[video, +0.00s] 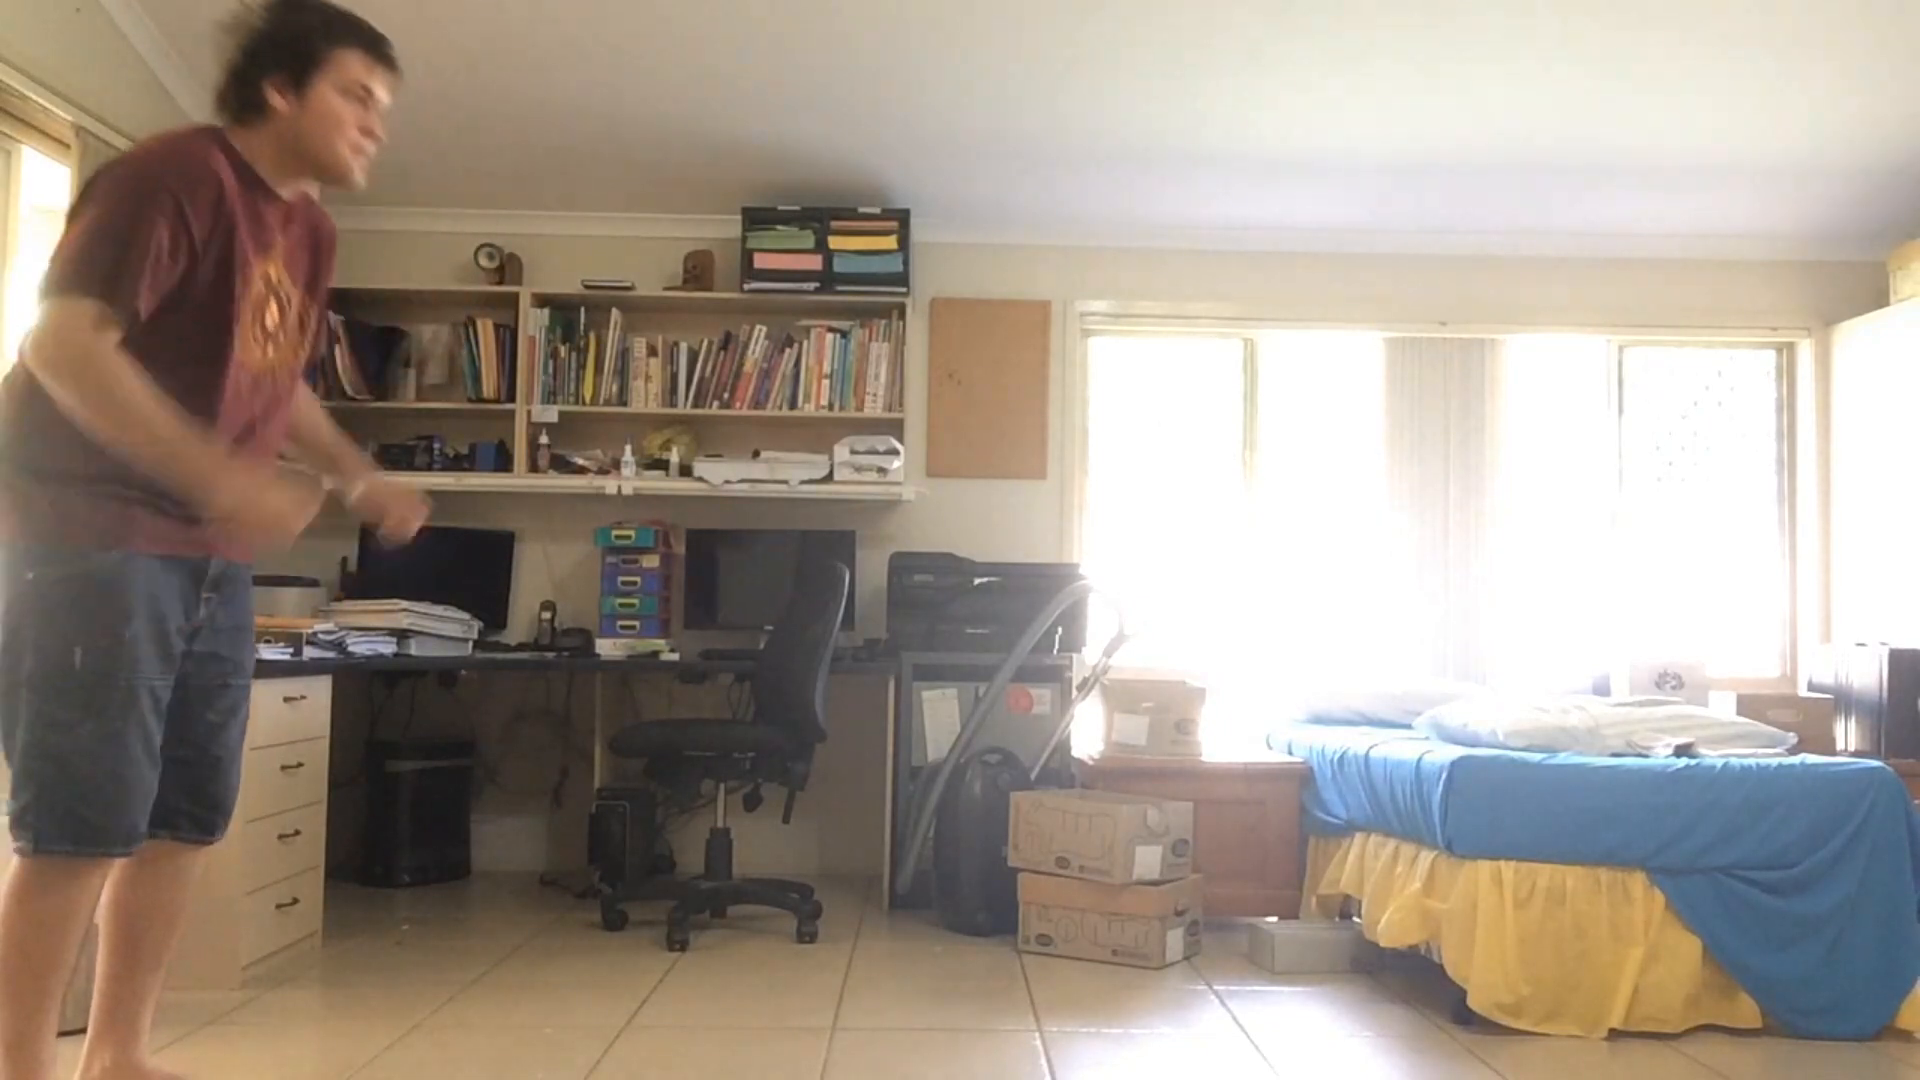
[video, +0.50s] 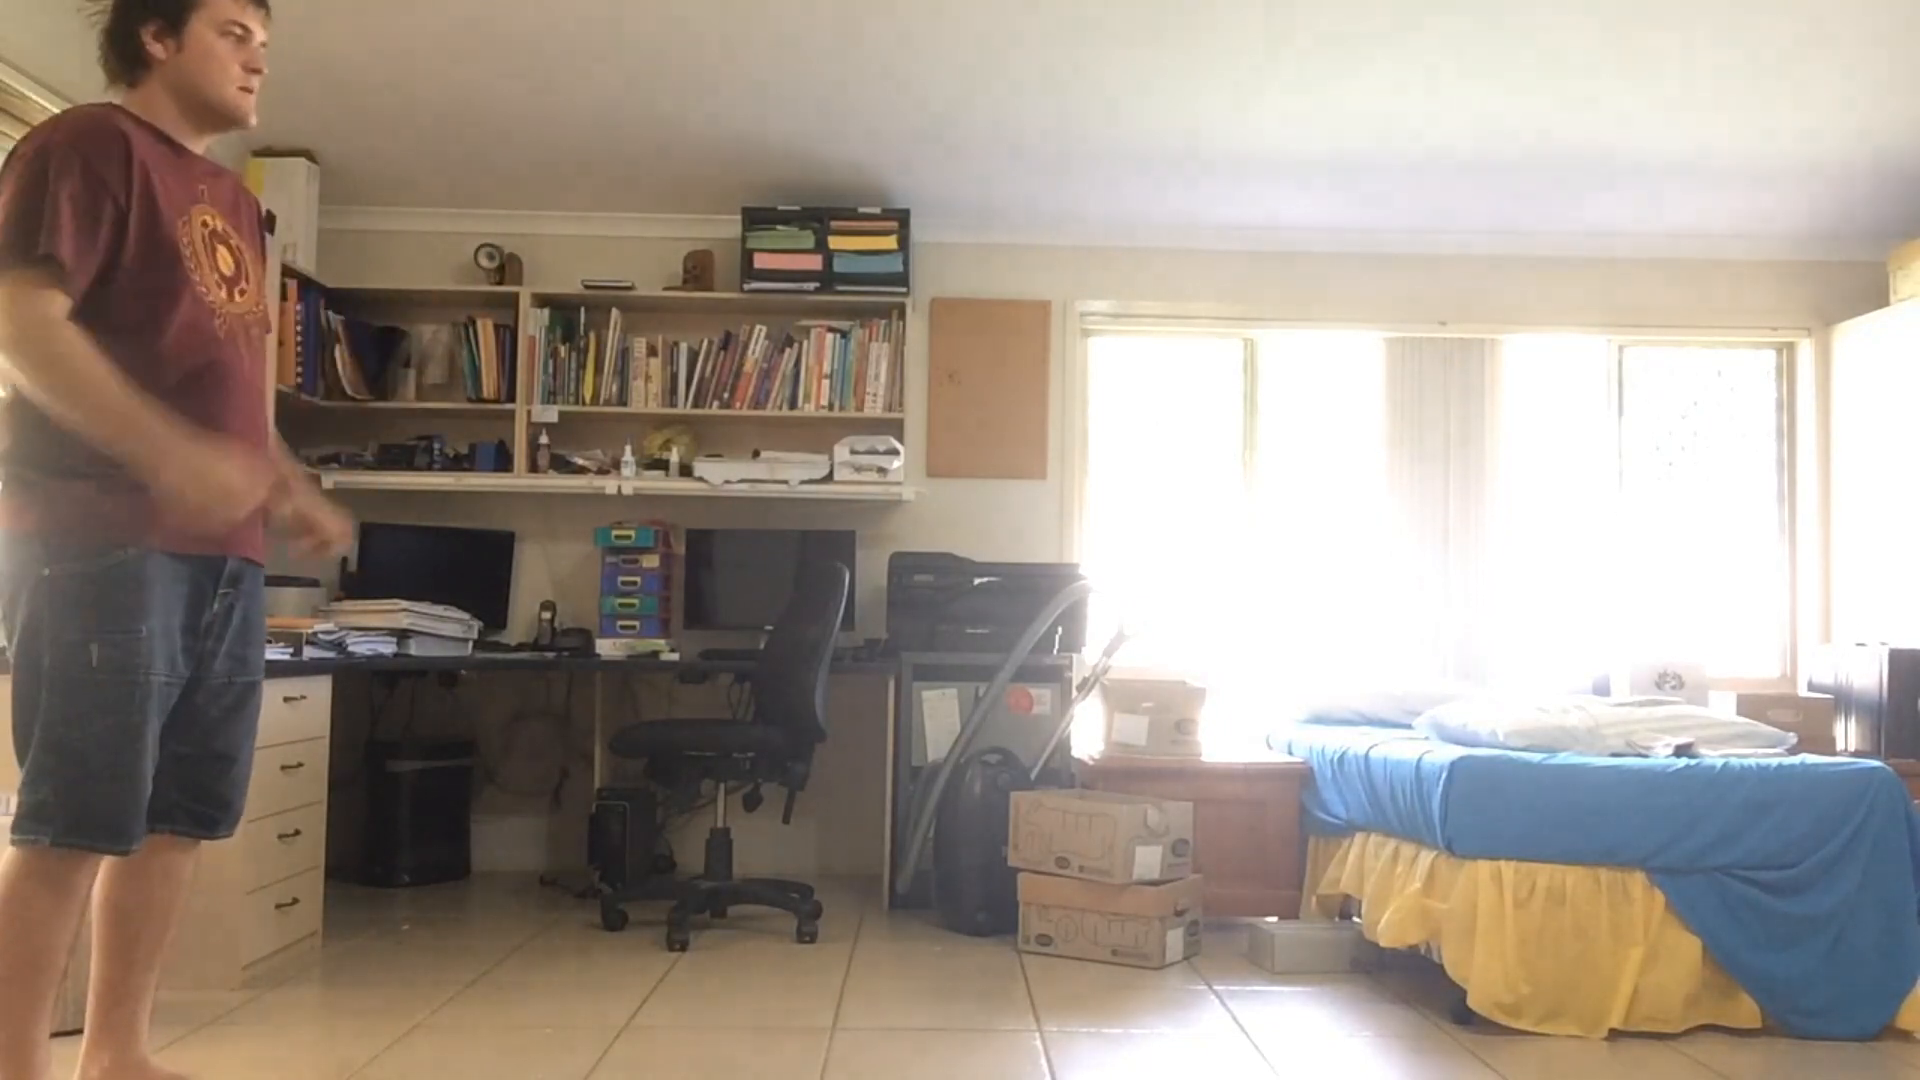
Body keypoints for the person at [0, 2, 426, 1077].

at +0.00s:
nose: (378, 124)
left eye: (383, 108)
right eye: (360, 96)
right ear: (282, 89)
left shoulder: (311, 231)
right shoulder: (174, 174)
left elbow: (274, 386)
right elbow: (63, 340)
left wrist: (360, 478)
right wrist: (216, 477)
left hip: (213, 551)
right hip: (91, 542)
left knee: (176, 824)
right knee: (74, 829)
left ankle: (116, 1058)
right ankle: (25, 1062)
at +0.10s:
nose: (334, 94)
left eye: (342, 81)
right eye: (315, 66)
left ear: (327, 100)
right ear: (237, 58)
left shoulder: (289, 210)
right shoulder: (142, 148)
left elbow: (289, 370)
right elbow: (79, 322)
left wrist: (383, 421)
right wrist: (289, 394)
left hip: (224, 547)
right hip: (99, 537)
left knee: (179, 818)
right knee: (74, 825)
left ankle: (116, 1055)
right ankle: (22, 1059)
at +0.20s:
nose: (301, 73)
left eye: (306, 55)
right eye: (279, 44)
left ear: (235, 61)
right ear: (201, 46)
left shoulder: (267, 203)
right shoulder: (115, 141)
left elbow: (268, 363)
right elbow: (76, 307)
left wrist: (389, 398)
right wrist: (286, 335)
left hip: (227, 543)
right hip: (101, 535)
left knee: (175, 818)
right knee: (70, 825)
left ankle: (117, 1053)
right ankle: (22, 1060)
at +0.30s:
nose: (275, 61)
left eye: (279, 44)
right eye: (253, 34)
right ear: (175, 40)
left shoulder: (248, 197)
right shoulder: (97, 140)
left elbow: (252, 361)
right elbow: (61, 301)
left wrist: (380, 403)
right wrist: (280, 327)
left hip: (229, 541)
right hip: (103, 534)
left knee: (175, 817)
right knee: (72, 821)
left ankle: (117, 1054)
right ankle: (23, 1059)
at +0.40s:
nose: (260, 54)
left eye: (264, 37)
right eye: (237, 30)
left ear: (250, 56)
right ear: (159, 38)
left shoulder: (239, 194)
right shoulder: (82, 142)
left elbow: (253, 366)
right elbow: (44, 310)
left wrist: (348, 440)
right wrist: (244, 375)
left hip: (226, 541)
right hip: (100, 536)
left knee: (171, 820)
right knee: (71, 822)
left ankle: (117, 1055)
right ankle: (23, 1061)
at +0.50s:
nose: (259, 56)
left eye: (262, 40)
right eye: (236, 32)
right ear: (158, 40)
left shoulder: (239, 200)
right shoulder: (81, 142)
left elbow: (234, 393)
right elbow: (24, 325)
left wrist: (292, 489)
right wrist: (170, 451)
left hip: (224, 549)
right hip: (99, 543)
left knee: (174, 819)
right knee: (70, 826)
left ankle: (117, 1054)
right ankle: (20, 1062)